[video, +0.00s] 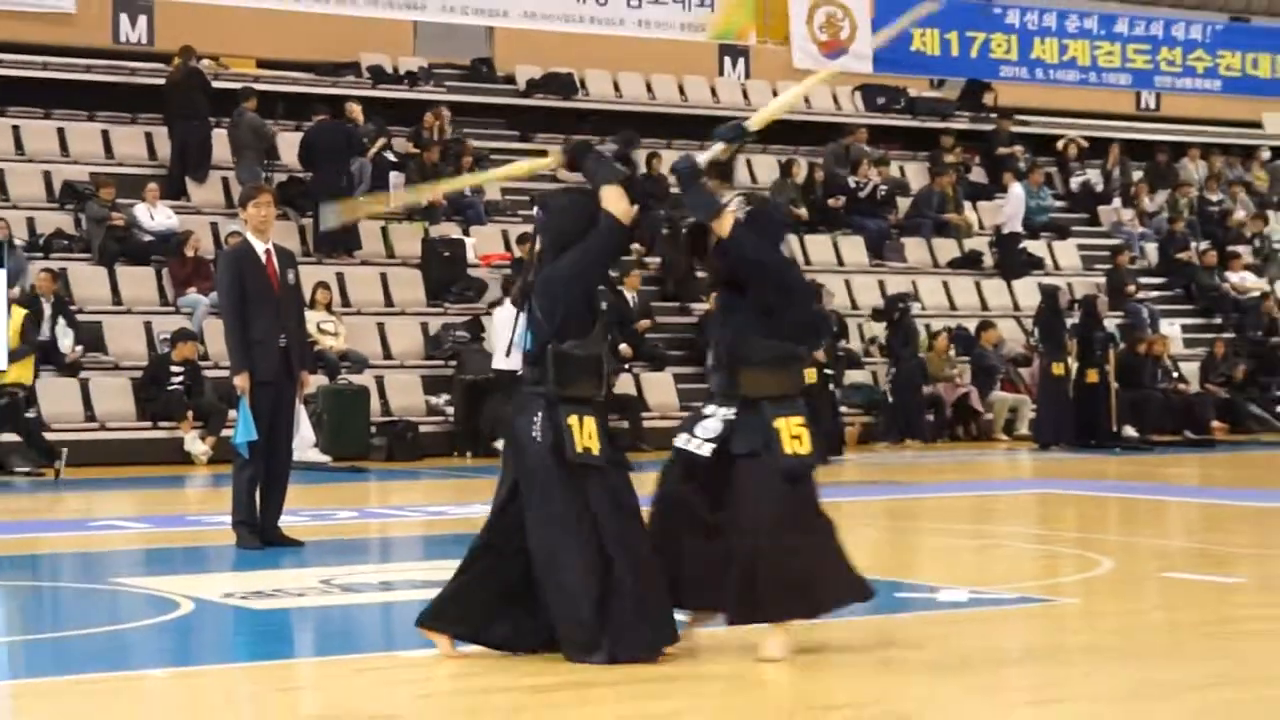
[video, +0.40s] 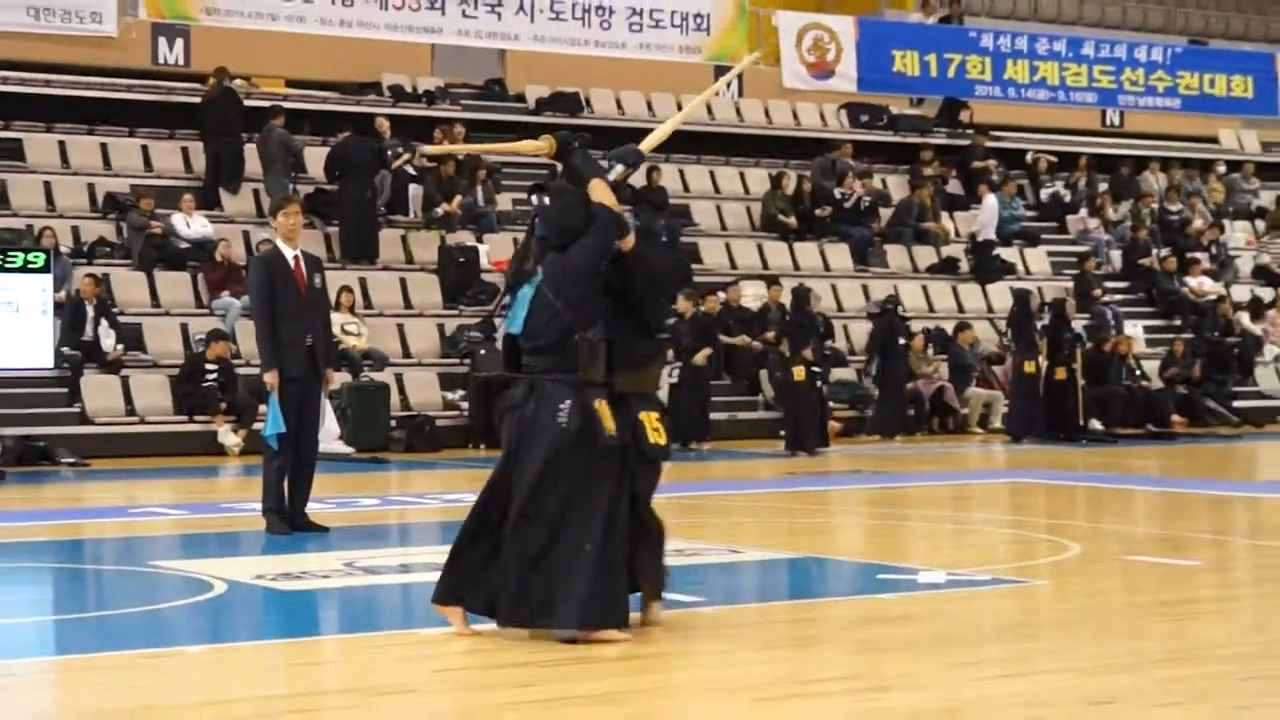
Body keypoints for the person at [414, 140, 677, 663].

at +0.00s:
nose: (605, 240)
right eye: (598, 230)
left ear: (550, 231)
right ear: (581, 232)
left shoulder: (556, 278)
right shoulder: (563, 278)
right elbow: (616, 215)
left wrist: (605, 169)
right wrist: (594, 162)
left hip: (545, 411)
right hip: (560, 415)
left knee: (520, 525)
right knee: (603, 520)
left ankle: (448, 613)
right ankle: (632, 631)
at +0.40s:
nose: (599, 240)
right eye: (592, 229)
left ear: (546, 231)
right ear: (579, 233)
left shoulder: (530, 277)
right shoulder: (569, 271)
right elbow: (607, 217)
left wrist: (594, 180)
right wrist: (584, 167)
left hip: (531, 398)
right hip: (566, 400)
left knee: (511, 494)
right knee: (591, 503)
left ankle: (456, 588)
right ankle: (586, 616)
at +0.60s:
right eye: (615, 216)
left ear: (568, 234)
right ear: (610, 230)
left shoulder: (547, 276)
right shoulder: (621, 272)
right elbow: (628, 238)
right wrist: (617, 205)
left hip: (560, 392)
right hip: (611, 394)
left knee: (530, 484)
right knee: (615, 498)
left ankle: (482, 578)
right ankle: (613, 606)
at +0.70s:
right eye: (619, 211)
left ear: (569, 235)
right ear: (610, 233)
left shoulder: (554, 277)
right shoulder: (628, 273)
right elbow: (638, 229)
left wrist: (562, 228)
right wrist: (612, 198)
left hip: (570, 396)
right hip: (620, 396)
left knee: (547, 490)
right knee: (621, 498)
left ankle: (519, 595)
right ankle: (615, 605)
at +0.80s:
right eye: (622, 206)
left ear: (571, 223)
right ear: (615, 221)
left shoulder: (556, 271)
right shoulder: (631, 269)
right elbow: (645, 234)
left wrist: (562, 229)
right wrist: (623, 212)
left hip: (574, 393)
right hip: (625, 391)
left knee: (563, 492)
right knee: (624, 496)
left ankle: (553, 597)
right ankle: (615, 603)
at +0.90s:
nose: (567, 227)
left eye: (572, 221)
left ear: (575, 229)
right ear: (616, 229)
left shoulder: (556, 272)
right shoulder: (637, 273)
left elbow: (544, 312)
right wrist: (615, 202)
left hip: (579, 392)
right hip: (628, 391)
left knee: (578, 494)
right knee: (624, 493)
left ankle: (585, 601)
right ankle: (618, 598)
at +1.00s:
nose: (581, 231)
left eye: (586, 223)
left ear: (589, 229)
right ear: (628, 229)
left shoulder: (569, 275)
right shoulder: (643, 278)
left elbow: (548, 333)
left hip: (589, 395)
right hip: (638, 393)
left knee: (584, 496)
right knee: (621, 497)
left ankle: (583, 604)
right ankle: (602, 601)